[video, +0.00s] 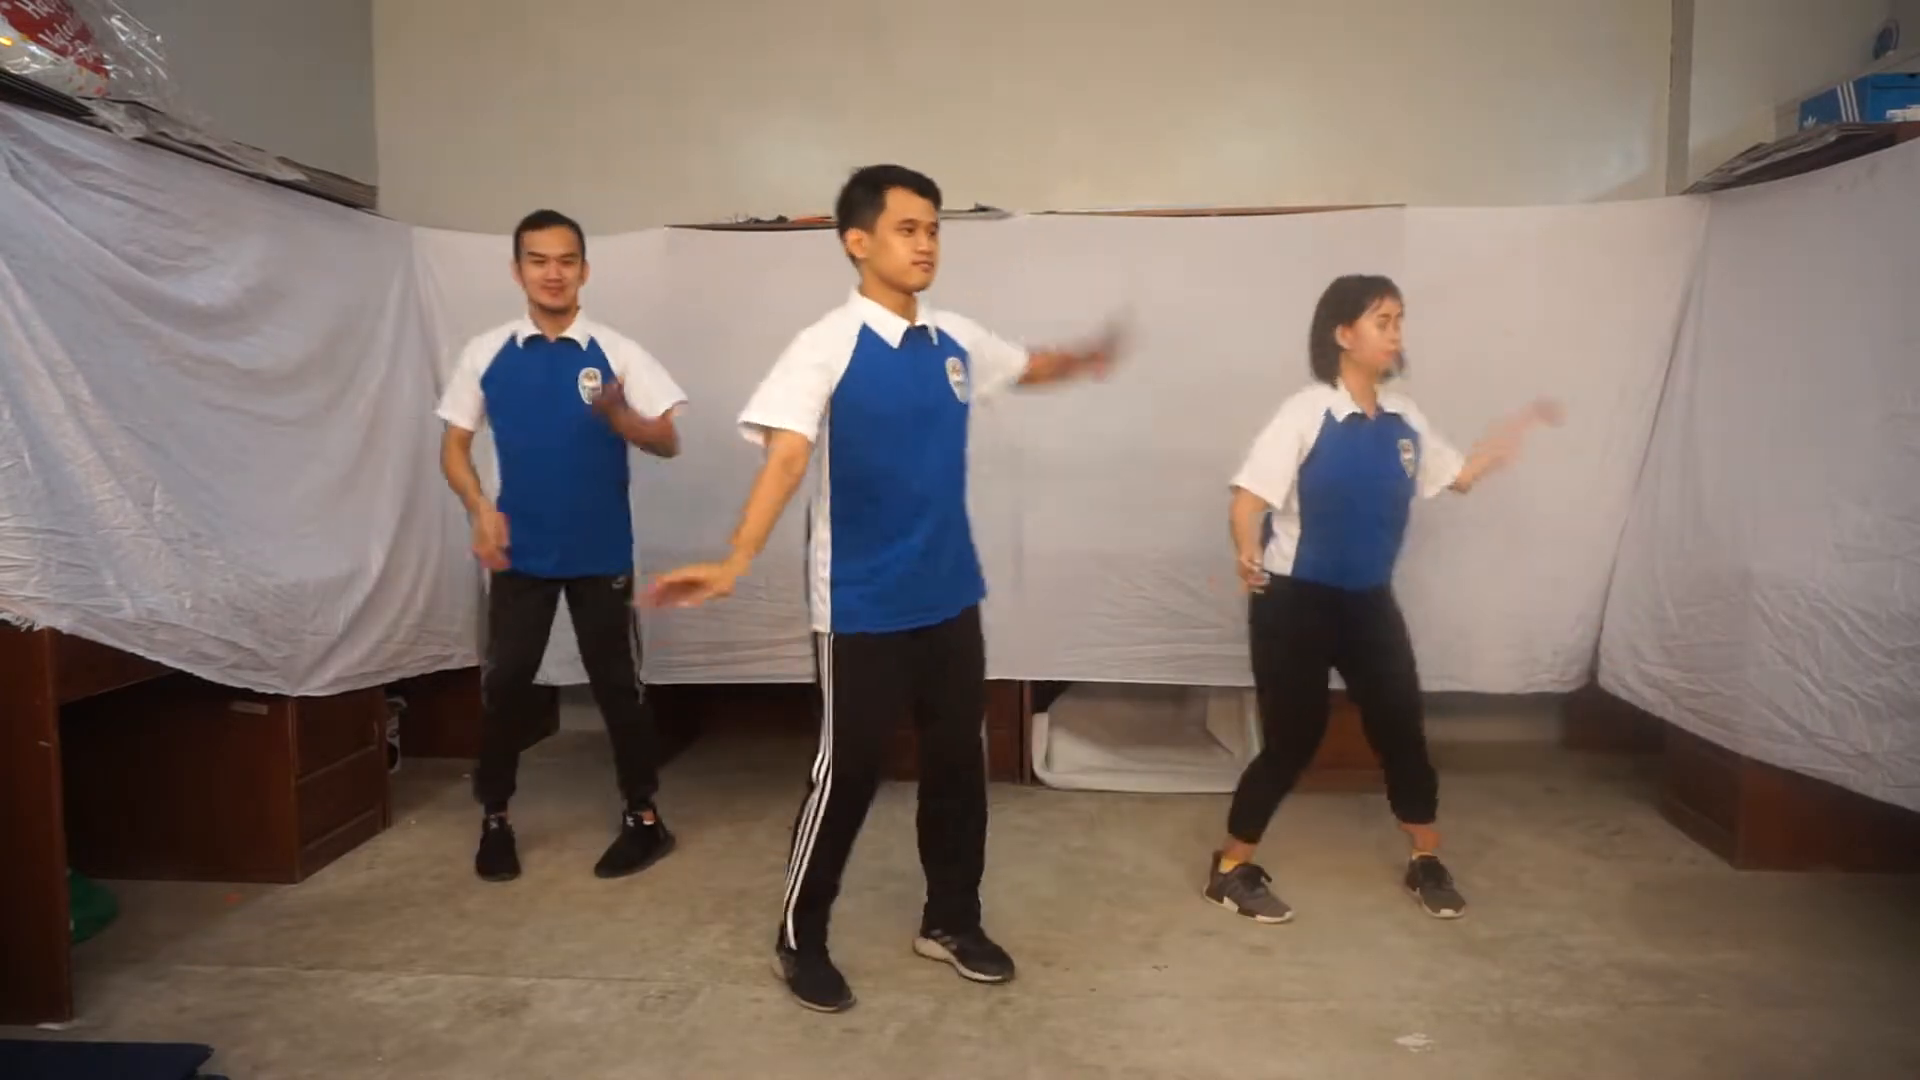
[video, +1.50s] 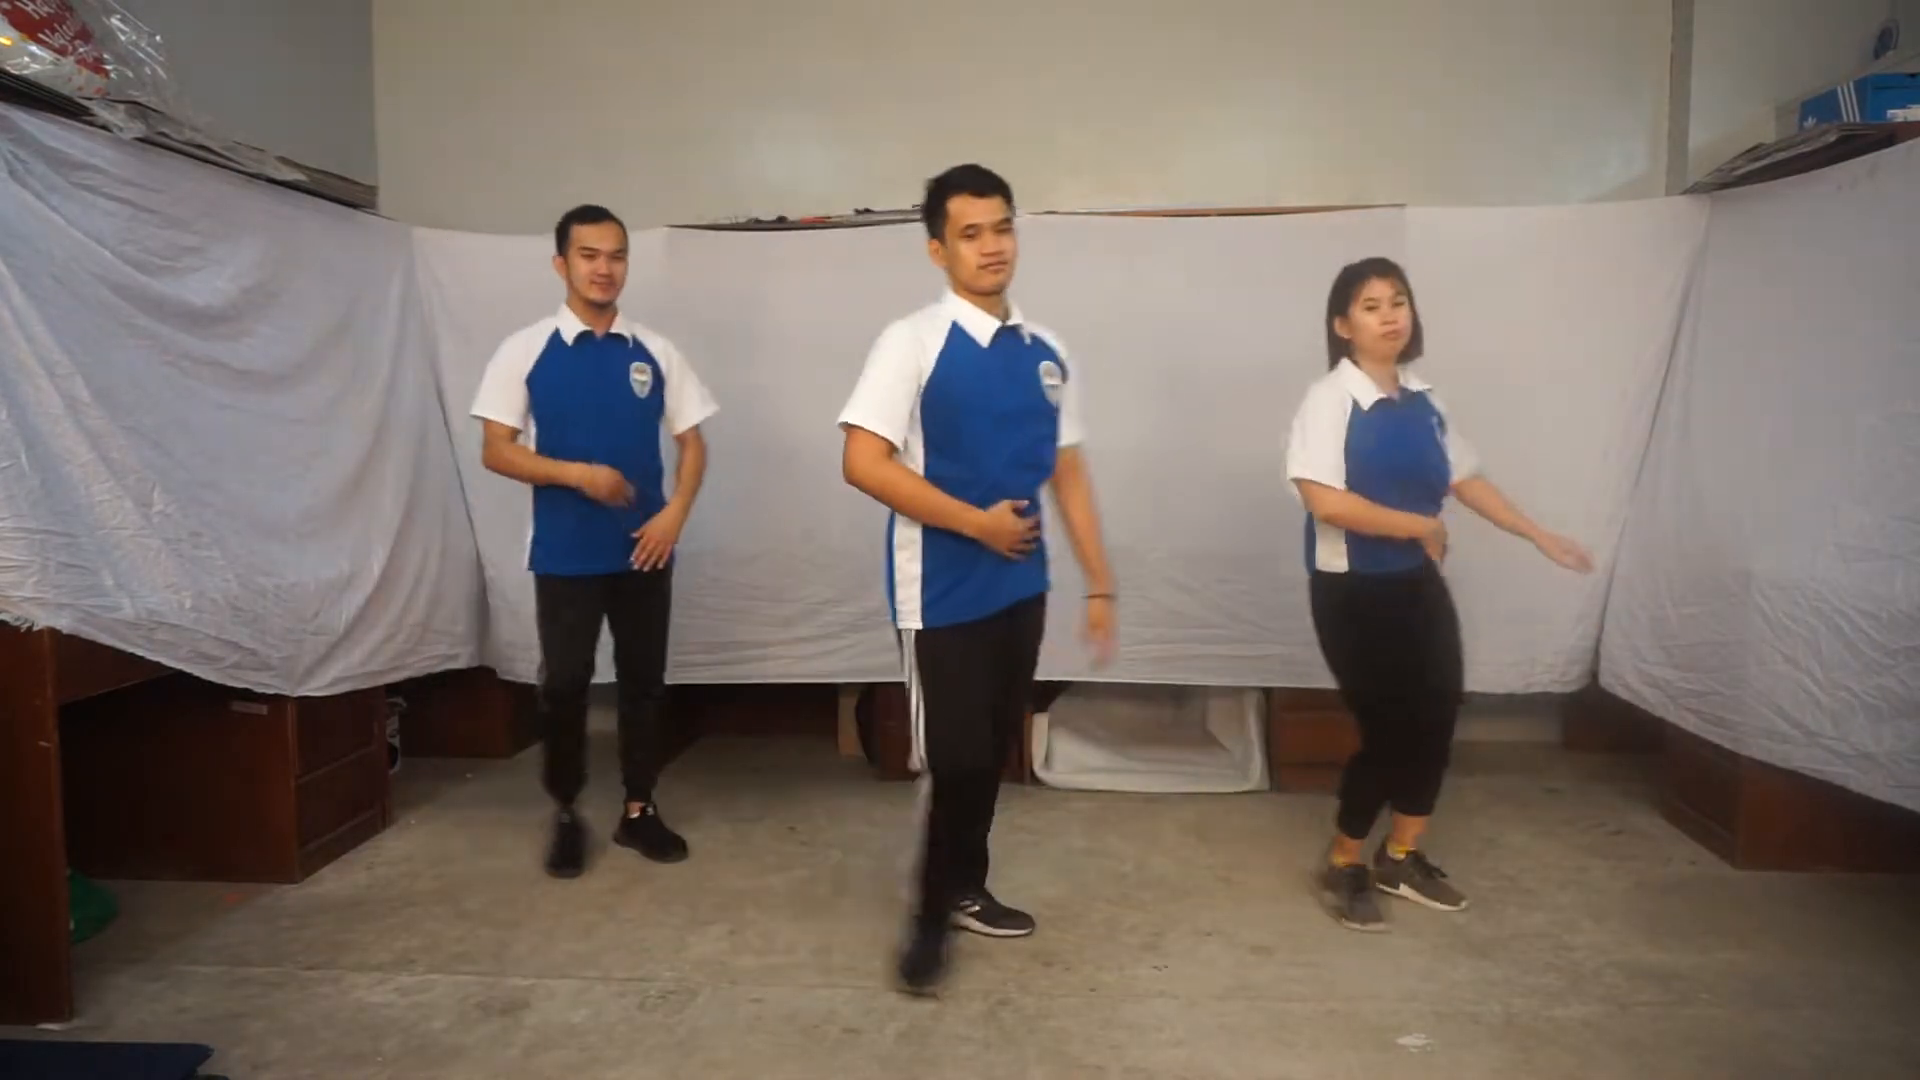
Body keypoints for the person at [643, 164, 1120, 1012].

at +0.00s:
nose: (928, 245)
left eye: (933, 231)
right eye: (909, 230)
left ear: (935, 243)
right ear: (858, 241)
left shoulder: (954, 335)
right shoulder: (826, 346)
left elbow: (1028, 366)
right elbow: (786, 461)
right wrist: (735, 564)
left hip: (949, 597)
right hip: (861, 607)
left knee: (957, 762)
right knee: (850, 770)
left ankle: (951, 919)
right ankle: (800, 937)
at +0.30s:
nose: (855, 242)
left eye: (853, 225)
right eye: (837, 227)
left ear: (788, 235)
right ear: (780, 237)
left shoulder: (768, 303)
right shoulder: (800, 339)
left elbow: (774, 196)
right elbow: (868, 465)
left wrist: (756, 78)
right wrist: (967, 549)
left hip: (771, 581)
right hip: (786, 596)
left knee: (789, 746)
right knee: (806, 773)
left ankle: (695, 876)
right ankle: (801, 950)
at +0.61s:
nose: (791, 273)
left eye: (788, 256)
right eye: (775, 257)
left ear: (714, 269)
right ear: (717, 269)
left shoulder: (678, 321)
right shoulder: (744, 359)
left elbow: (671, 209)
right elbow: (787, 510)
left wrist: (638, 98)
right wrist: (770, 540)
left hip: (640, 600)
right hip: (699, 613)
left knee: (580, 769)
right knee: (781, 764)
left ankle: (505, 946)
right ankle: (789, 939)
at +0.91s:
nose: (811, 275)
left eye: (810, 258)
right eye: (796, 261)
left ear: (738, 270)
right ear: (739, 268)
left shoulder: (712, 327)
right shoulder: (763, 355)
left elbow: (727, 229)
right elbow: (806, 515)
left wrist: (737, 125)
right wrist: (804, 537)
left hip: (684, 596)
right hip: (731, 610)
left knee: (643, 762)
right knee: (785, 764)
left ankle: (535, 918)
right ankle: (755, 930)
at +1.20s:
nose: (909, 238)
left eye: (908, 222)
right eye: (891, 226)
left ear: (871, 236)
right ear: (838, 241)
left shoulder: (869, 317)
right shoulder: (836, 327)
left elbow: (853, 439)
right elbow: (856, 467)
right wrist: (911, 510)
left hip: (869, 576)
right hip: (814, 588)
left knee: (915, 707)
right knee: (796, 755)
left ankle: (861, 861)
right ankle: (753, 927)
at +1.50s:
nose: (993, 246)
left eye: (1002, 229)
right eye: (972, 234)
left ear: (1016, 237)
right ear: (938, 249)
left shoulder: (1043, 349)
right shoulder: (910, 342)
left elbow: (1069, 471)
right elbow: (863, 461)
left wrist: (1098, 581)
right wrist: (976, 520)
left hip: (1018, 589)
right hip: (941, 597)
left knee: (990, 757)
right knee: (959, 769)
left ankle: (965, 889)